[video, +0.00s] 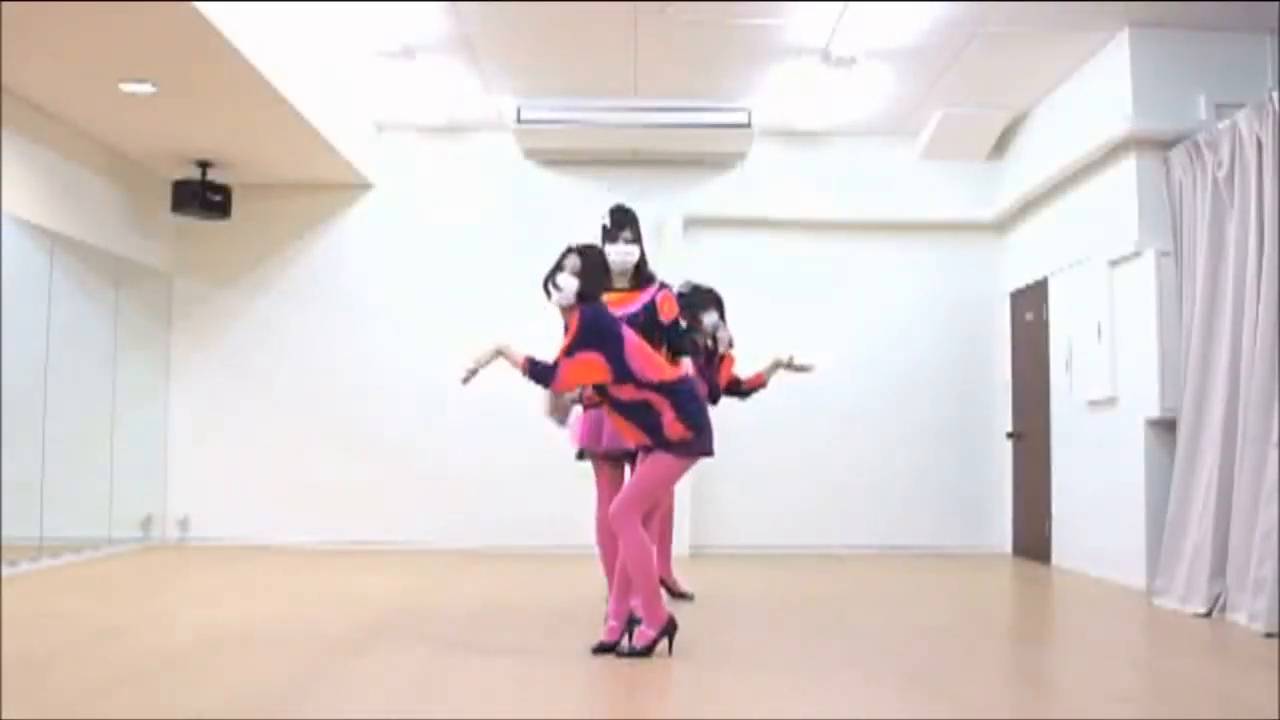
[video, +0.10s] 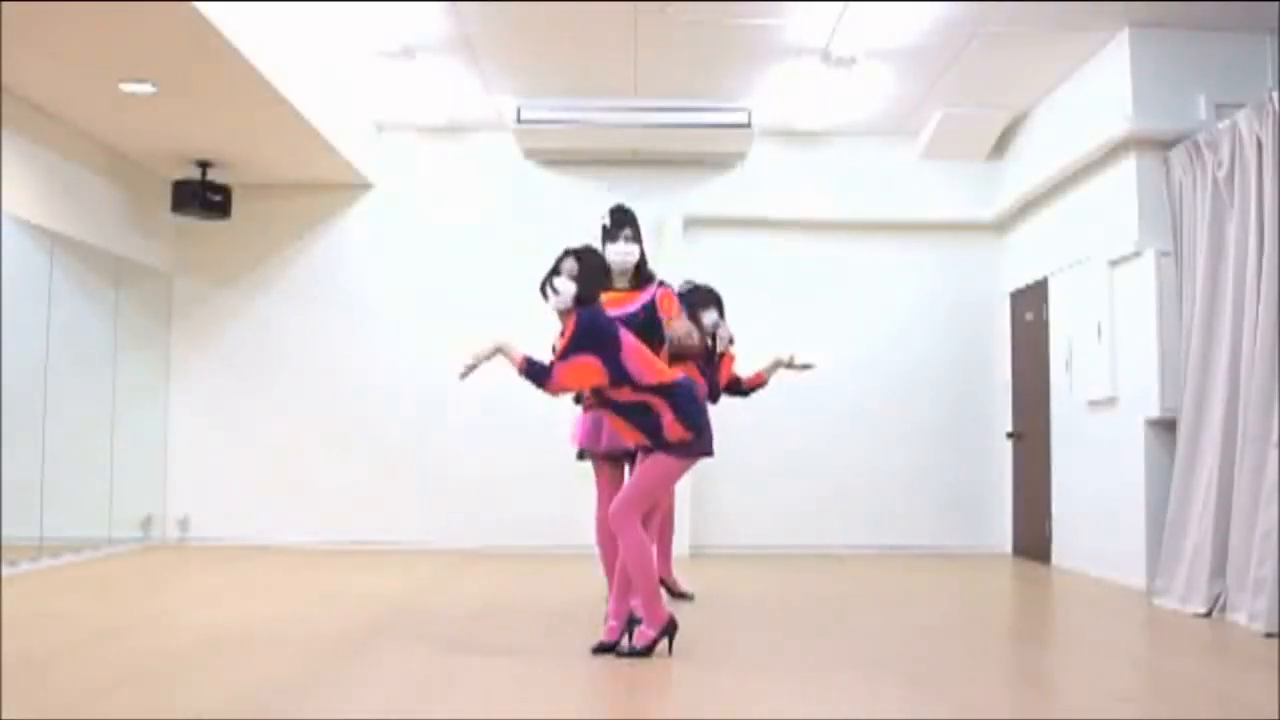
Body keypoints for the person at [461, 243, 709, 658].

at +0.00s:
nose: (561, 280)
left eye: (571, 274)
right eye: (560, 271)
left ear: (588, 282)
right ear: (554, 276)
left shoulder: (595, 321)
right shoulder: (582, 323)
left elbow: (559, 378)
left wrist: (505, 352)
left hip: (683, 430)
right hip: (658, 431)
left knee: (624, 512)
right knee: (614, 518)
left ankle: (655, 617)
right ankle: (622, 617)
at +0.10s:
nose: (559, 284)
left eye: (569, 277)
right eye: (557, 274)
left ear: (587, 286)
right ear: (550, 280)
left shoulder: (593, 325)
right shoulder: (577, 327)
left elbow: (558, 382)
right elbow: (557, 377)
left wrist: (506, 351)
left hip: (683, 431)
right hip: (658, 432)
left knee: (624, 513)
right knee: (616, 518)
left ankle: (655, 617)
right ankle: (623, 616)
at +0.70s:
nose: (554, 288)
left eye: (565, 282)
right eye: (554, 279)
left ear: (582, 289)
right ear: (553, 280)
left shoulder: (593, 329)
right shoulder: (584, 329)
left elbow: (557, 388)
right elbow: (562, 385)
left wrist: (510, 354)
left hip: (683, 429)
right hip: (666, 429)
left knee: (624, 512)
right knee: (619, 519)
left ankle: (656, 616)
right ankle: (623, 616)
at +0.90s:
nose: (578, 259)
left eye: (589, 251)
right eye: (576, 249)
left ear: (608, 258)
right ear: (572, 252)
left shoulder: (612, 296)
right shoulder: (591, 300)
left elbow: (620, 369)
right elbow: (581, 354)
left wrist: (579, 403)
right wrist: (570, 387)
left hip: (670, 419)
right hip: (646, 418)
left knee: (622, 511)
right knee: (617, 517)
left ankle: (655, 615)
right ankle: (620, 612)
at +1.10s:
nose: (618, 229)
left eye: (626, 221)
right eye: (608, 221)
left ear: (636, 224)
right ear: (593, 227)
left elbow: (706, 272)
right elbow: (601, 324)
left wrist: (732, 293)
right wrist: (621, 275)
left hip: (663, 401)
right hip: (611, 403)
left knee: (648, 501)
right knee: (610, 506)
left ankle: (654, 615)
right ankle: (619, 613)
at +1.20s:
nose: (633, 217)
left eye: (637, 209)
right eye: (621, 213)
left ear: (652, 217)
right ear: (609, 227)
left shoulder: (669, 263)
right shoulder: (598, 276)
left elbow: (716, 276)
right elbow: (616, 321)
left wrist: (732, 246)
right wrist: (649, 266)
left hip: (660, 406)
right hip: (606, 408)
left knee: (654, 511)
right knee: (607, 509)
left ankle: (659, 615)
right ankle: (616, 616)